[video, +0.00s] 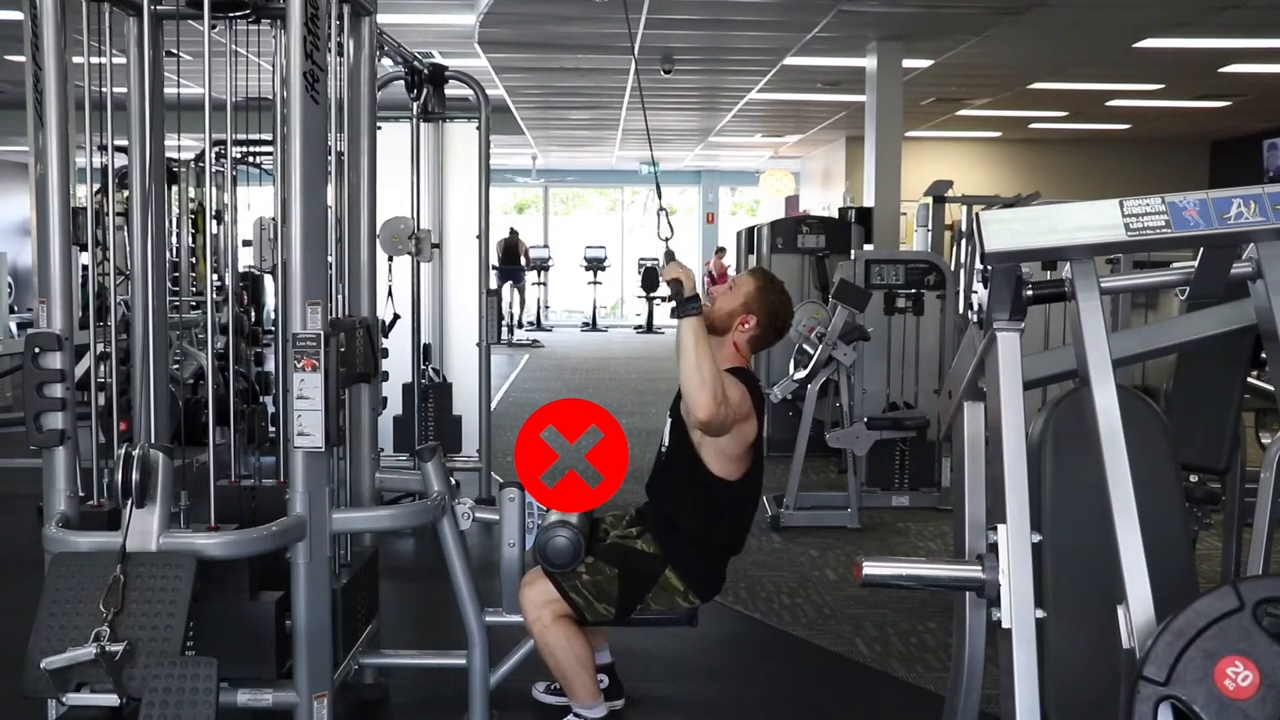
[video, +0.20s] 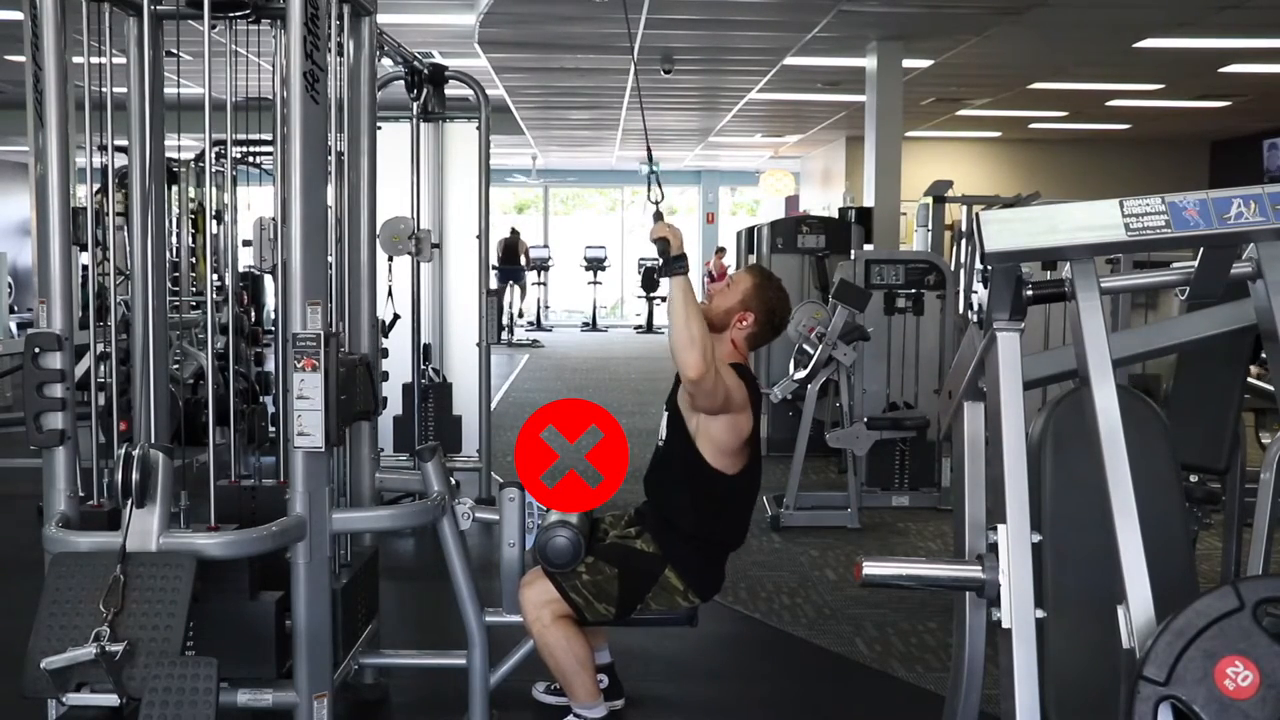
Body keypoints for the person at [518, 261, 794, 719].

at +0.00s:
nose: (717, 286)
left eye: (730, 287)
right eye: (726, 281)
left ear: (743, 324)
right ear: (744, 327)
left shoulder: (737, 389)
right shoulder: (721, 371)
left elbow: (706, 411)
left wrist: (688, 302)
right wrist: (714, 289)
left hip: (678, 562)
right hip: (658, 529)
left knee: (539, 594)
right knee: (555, 543)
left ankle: (589, 712)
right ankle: (596, 674)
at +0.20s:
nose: (715, 283)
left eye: (726, 283)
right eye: (724, 278)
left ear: (741, 322)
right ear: (742, 324)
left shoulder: (727, 389)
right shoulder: (719, 363)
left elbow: (695, 370)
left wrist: (676, 262)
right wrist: (717, 282)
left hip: (679, 563)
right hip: (657, 528)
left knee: (538, 595)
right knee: (557, 539)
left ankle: (588, 710)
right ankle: (597, 673)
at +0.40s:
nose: (711, 279)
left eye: (723, 279)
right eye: (721, 274)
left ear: (738, 316)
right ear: (738, 320)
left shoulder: (717, 379)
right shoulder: (711, 360)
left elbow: (683, 332)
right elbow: (688, 322)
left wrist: (665, 225)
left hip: (676, 563)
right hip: (654, 530)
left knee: (536, 596)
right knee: (552, 549)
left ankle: (589, 709)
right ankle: (595, 672)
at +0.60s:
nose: (708, 269)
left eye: (721, 272)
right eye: (719, 266)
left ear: (732, 314)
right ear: (733, 316)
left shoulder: (707, 369)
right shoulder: (702, 356)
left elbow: (671, 293)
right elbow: (672, 290)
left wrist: (657, 192)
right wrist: (656, 201)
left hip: (674, 564)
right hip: (657, 537)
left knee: (536, 596)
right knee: (553, 544)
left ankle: (590, 710)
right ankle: (593, 671)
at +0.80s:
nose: (701, 270)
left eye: (714, 270)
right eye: (713, 263)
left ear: (727, 308)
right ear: (729, 311)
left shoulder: (698, 355)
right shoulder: (701, 347)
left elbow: (666, 269)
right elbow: (667, 270)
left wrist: (651, 169)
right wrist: (650, 176)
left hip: (672, 557)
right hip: (657, 534)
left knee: (535, 596)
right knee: (550, 546)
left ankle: (589, 710)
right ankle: (592, 670)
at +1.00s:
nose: (704, 263)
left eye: (716, 265)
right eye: (715, 257)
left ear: (724, 304)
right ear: (727, 309)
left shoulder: (693, 350)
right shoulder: (699, 346)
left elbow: (661, 258)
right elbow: (662, 259)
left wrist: (648, 155)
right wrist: (648, 164)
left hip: (670, 555)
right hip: (661, 536)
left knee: (534, 595)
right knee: (549, 550)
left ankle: (590, 710)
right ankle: (593, 670)